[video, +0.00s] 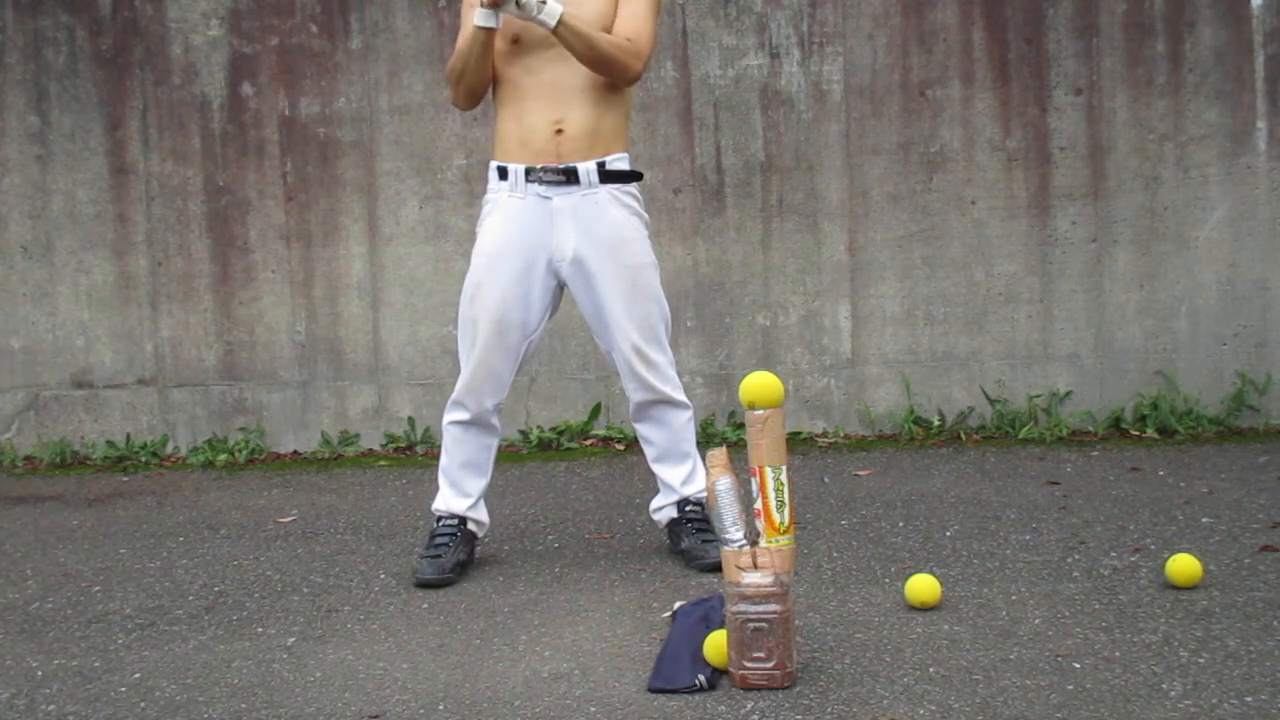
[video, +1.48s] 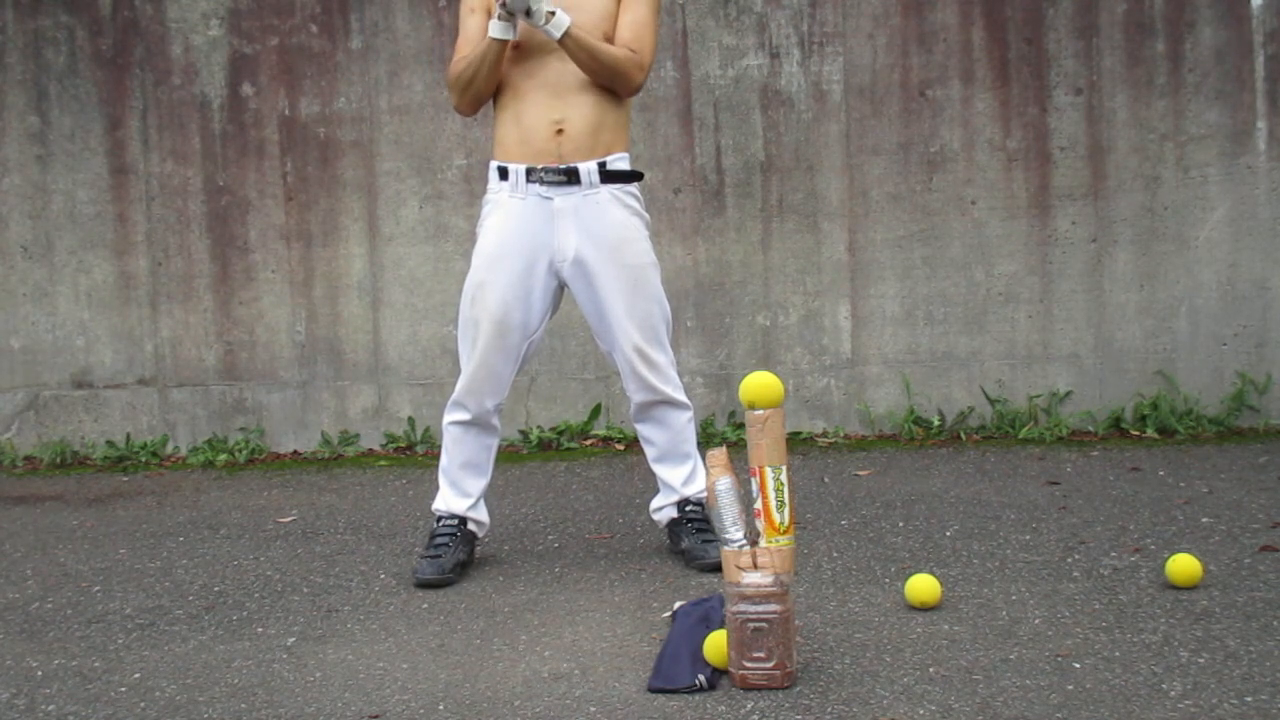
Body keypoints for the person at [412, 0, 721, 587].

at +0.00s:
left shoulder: (632, 0)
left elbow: (626, 66)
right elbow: (464, 94)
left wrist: (549, 13)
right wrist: (485, 16)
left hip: (605, 195)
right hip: (513, 197)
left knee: (647, 363)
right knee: (480, 373)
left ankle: (686, 507)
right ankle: (455, 517)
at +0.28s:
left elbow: (626, 67)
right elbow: (463, 92)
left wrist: (555, 13)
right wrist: (496, 17)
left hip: (605, 195)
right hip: (513, 197)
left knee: (646, 362)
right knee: (480, 373)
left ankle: (686, 507)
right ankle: (455, 517)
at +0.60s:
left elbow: (630, 68)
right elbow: (462, 90)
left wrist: (561, 15)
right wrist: (500, 16)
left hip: (606, 195)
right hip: (514, 197)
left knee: (647, 363)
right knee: (481, 372)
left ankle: (686, 507)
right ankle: (455, 517)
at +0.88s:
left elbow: (629, 69)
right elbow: (460, 87)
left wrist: (560, 15)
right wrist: (499, 16)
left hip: (605, 195)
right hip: (513, 197)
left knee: (647, 362)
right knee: (480, 372)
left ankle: (686, 507)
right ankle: (455, 517)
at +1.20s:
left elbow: (629, 73)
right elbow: (462, 93)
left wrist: (559, 18)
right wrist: (500, 19)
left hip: (606, 195)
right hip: (513, 198)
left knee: (647, 363)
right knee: (480, 373)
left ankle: (686, 507)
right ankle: (455, 517)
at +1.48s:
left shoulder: (632, 1)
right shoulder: (486, 1)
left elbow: (630, 76)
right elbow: (465, 98)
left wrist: (559, 24)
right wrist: (500, 27)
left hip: (606, 196)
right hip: (514, 198)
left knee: (648, 363)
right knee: (481, 374)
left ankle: (686, 507)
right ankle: (455, 517)